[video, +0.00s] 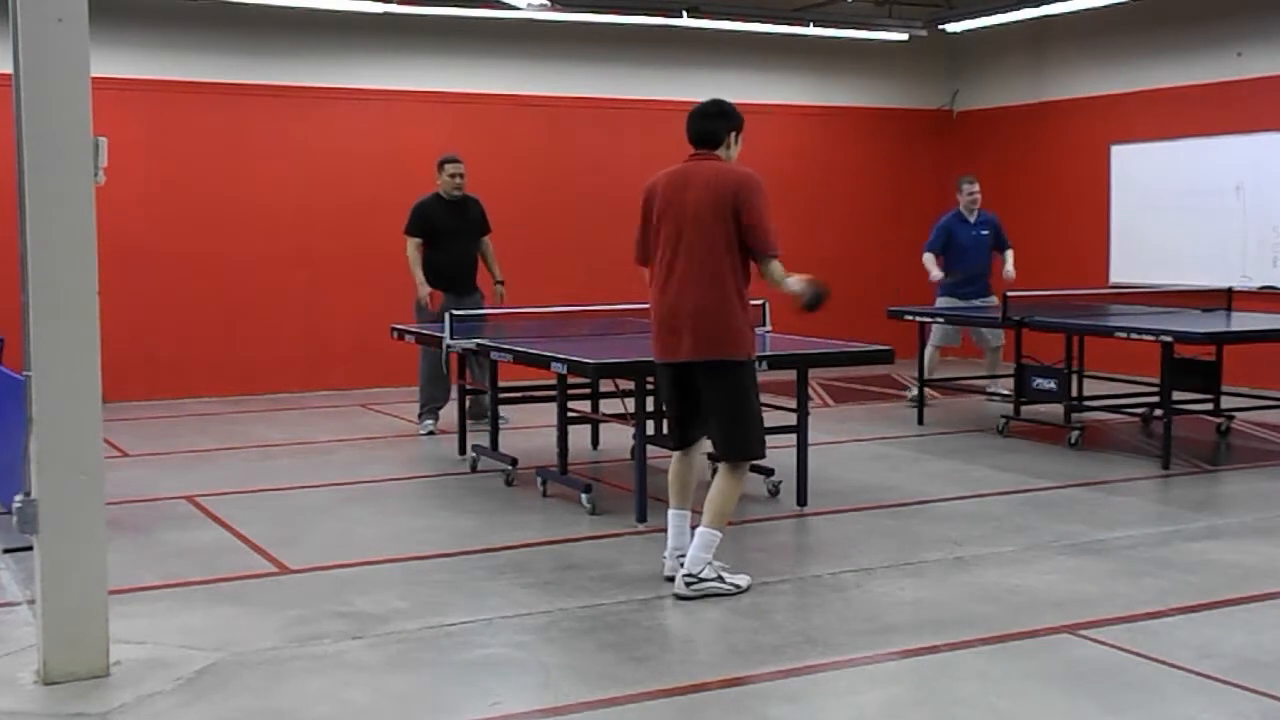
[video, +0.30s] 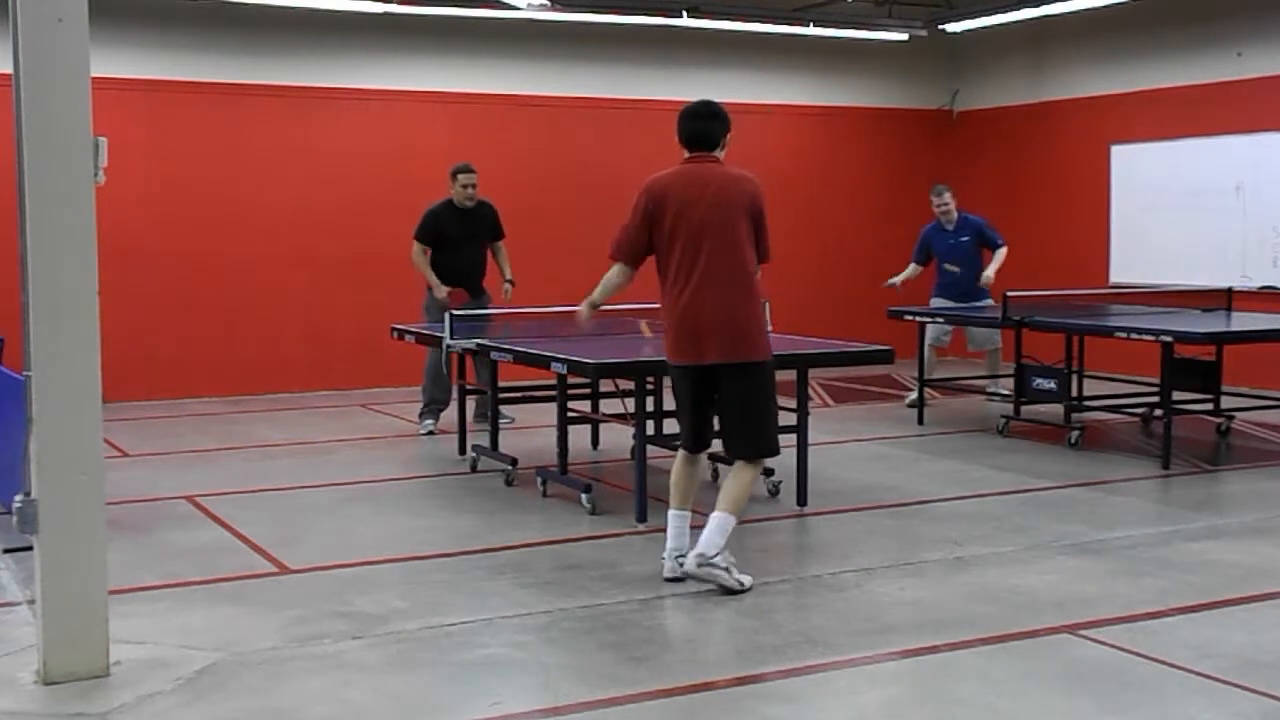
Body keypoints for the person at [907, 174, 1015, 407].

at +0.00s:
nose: (975, 197)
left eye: (977, 193)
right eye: (970, 194)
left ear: (981, 194)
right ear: (959, 196)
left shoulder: (990, 222)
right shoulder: (948, 223)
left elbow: (1006, 248)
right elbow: (928, 252)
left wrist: (1009, 265)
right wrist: (934, 270)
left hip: (983, 295)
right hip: (951, 295)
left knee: (996, 343)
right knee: (935, 343)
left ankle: (992, 385)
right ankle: (920, 386)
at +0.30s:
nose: (942, 209)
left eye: (945, 204)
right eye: (938, 206)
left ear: (954, 202)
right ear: (933, 207)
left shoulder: (974, 225)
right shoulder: (930, 233)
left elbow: (1001, 247)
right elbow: (918, 263)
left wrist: (991, 270)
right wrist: (901, 277)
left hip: (977, 297)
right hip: (944, 298)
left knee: (993, 343)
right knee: (930, 343)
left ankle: (994, 385)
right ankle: (922, 389)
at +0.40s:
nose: (935, 207)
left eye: (938, 202)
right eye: (930, 204)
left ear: (947, 199)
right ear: (926, 206)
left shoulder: (967, 222)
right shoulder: (925, 230)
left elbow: (993, 246)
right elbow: (924, 262)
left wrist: (979, 270)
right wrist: (911, 265)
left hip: (972, 295)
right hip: (939, 296)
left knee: (986, 343)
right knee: (926, 343)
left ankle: (993, 384)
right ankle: (920, 388)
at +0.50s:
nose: (936, 202)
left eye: (939, 197)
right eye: (931, 199)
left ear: (945, 196)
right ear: (924, 202)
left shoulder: (964, 219)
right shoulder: (921, 226)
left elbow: (987, 245)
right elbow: (923, 257)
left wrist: (970, 265)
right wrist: (933, 238)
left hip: (967, 293)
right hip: (936, 294)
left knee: (982, 341)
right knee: (926, 343)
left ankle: (991, 383)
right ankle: (920, 388)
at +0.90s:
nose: (969, 198)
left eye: (971, 194)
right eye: (964, 194)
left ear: (974, 196)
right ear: (952, 196)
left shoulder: (977, 222)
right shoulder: (939, 226)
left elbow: (986, 249)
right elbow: (932, 257)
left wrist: (992, 268)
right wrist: (956, 258)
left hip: (973, 294)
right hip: (943, 297)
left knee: (987, 340)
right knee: (930, 346)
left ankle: (992, 384)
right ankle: (920, 389)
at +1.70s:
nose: (952, 205)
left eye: (955, 200)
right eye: (947, 201)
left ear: (963, 199)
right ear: (941, 204)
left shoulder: (980, 224)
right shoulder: (940, 226)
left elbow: (1003, 251)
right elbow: (934, 255)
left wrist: (985, 270)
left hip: (981, 295)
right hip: (953, 296)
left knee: (997, 341)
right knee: (952, 341)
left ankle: (1007, 383)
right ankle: (951, 386)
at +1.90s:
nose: (963, 196)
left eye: (966, 192)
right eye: (958, 192)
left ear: (969, 193)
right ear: (947, 194)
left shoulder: (977, 222)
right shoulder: (943, 222)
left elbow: (989, 252)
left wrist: (981, 273)